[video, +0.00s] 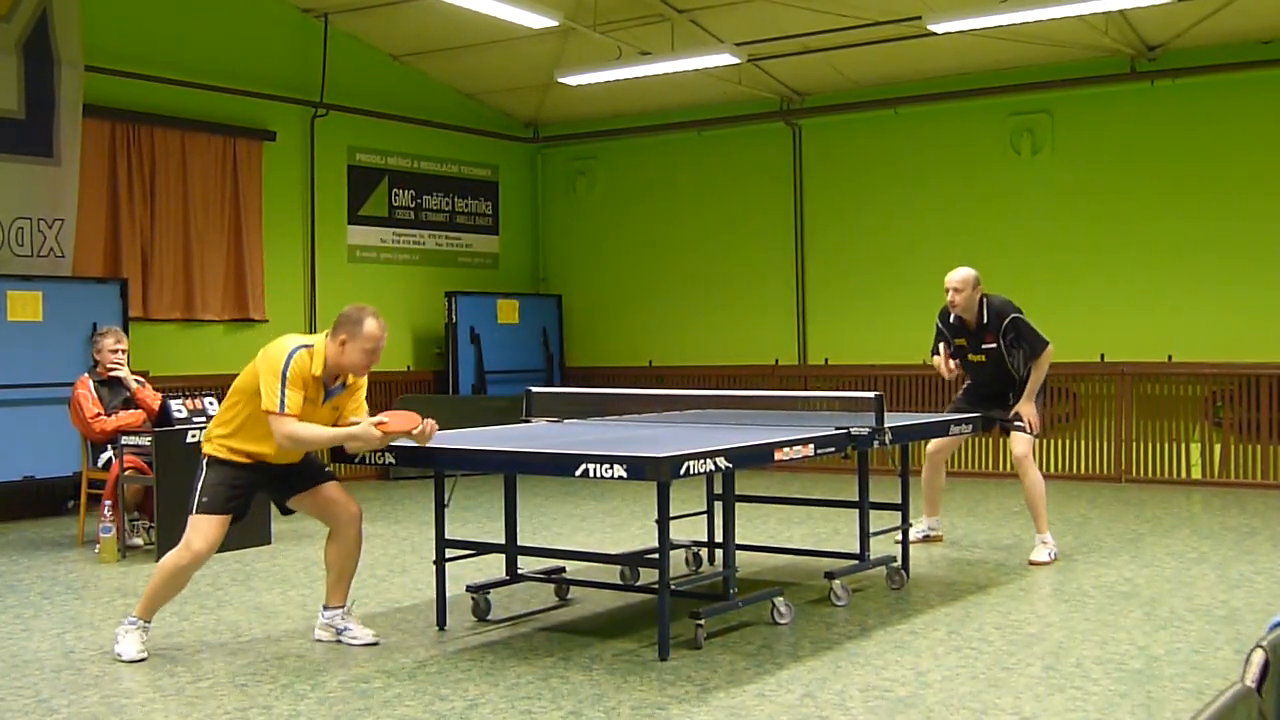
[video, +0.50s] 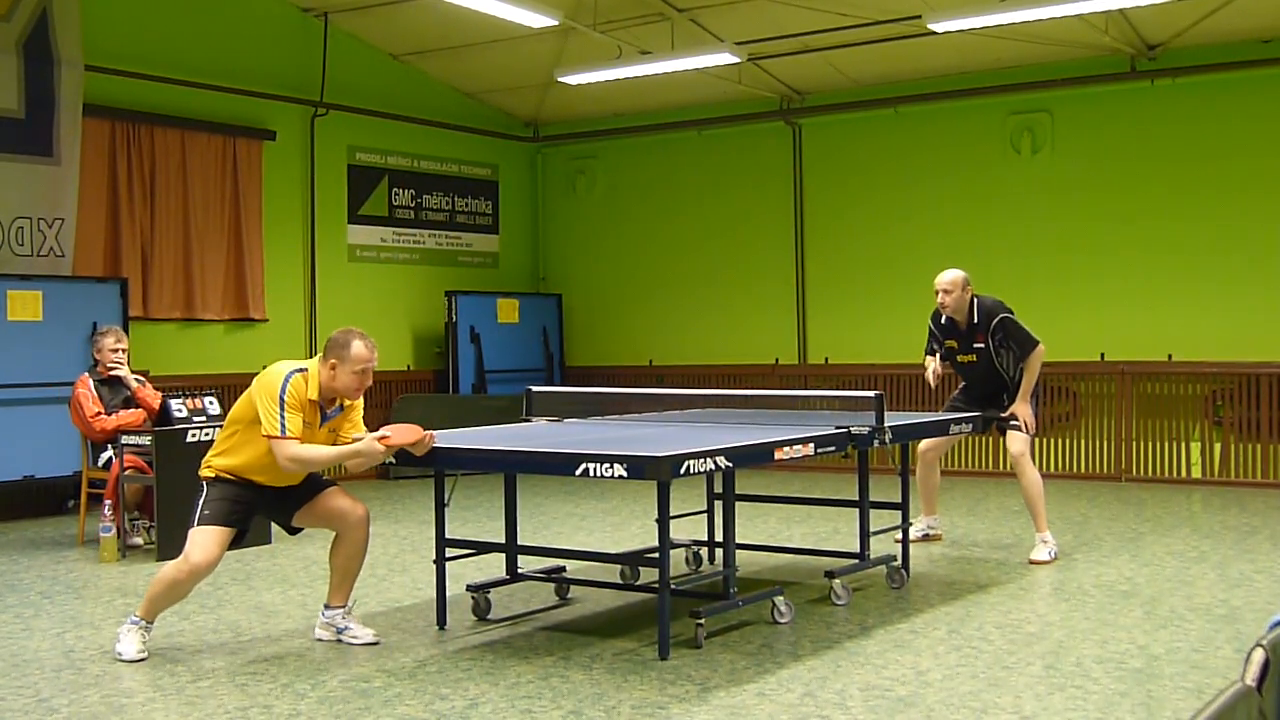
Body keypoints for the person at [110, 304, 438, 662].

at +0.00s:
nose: (374, 363)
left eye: (378, 354)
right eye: (370, 352)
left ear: (347, 344)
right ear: (341, 340)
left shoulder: (352, 376)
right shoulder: (287, 356)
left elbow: (352, 441)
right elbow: (285, 433)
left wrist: (404, 433)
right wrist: (349, 436)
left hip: (290, 456)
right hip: (231, 454)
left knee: (348, 516)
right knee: (198, 548)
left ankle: (334, 617)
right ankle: (136, 624)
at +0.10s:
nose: (370, 372)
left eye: (374, 363)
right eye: (365, 362)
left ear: (344, 355)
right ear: (335, 352)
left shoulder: (350, 385)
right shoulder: (282, 367)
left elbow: (350, 449)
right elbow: (285, 443)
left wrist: (397, 437)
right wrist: (351, 442)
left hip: (286, 467)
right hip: (228, 464)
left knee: (350, 515)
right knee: (197, 554)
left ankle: (334, 617)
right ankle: (137, 624)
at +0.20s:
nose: (369, 378)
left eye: (373, 369)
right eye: (364, 368)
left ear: (342, 360)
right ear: (334, 359)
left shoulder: (349, 391)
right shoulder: (282, 373)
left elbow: (351, 455)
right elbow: (286, 451)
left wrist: (395, 440)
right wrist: (353, 446)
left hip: (285, 472)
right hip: (229, 469)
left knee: (351, 515)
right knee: (198, 556)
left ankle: (335, 616)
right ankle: (137, 625)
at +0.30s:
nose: (368, 381)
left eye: (372, 372)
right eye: (363, 371)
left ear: (341, 366)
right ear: (331, 365)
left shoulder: (350, 394)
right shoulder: (283, 378)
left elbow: (348, 462)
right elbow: (287, 455)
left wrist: (391, 445)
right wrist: (357, 448)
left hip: (284, 477)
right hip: (229, 474)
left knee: (354, 515)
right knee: (198, 558)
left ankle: (335, 616)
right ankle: (138, 625)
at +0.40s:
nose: (368, 382)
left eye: (371, 373)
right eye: (362, 372)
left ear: (340, 367)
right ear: (331, 367)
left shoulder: (350, 396)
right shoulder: (283, 380)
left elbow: (347, 463)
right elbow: (288, 456)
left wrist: (391, 446)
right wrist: (360, 449)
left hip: (285, 478)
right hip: (230, 476)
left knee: (355, 515)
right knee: (199, 559)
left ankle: (335, 616)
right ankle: (139, 624)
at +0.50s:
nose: (368, 382)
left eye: (371, 373)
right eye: (362, 372)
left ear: (340, 368)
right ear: (330, 367)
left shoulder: (350, 396)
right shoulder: (283, 382)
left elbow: (349, 464)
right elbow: (288, 458)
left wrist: (391, 446)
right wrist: (361, 449)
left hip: (286, 480)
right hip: (232, 478)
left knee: (356, 515)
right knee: (199, 561)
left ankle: (335, 616)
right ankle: (139, 624)